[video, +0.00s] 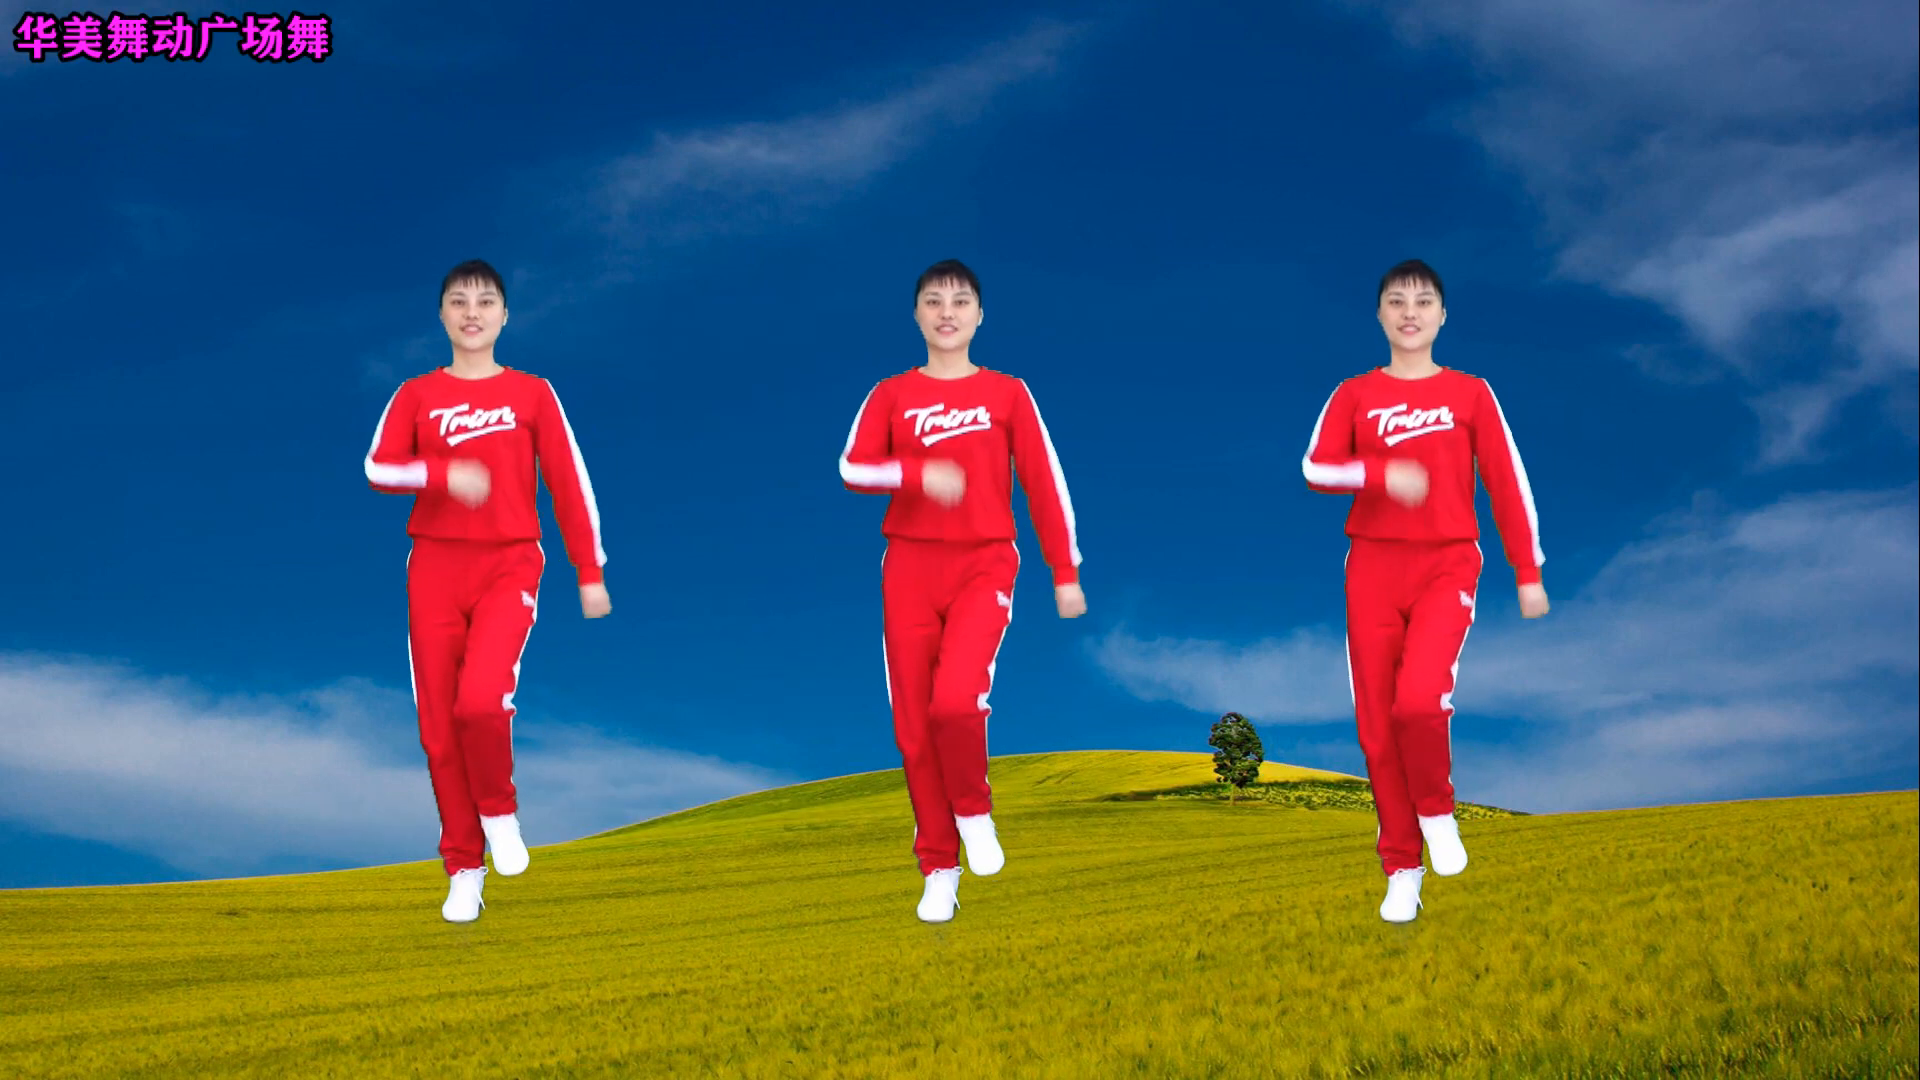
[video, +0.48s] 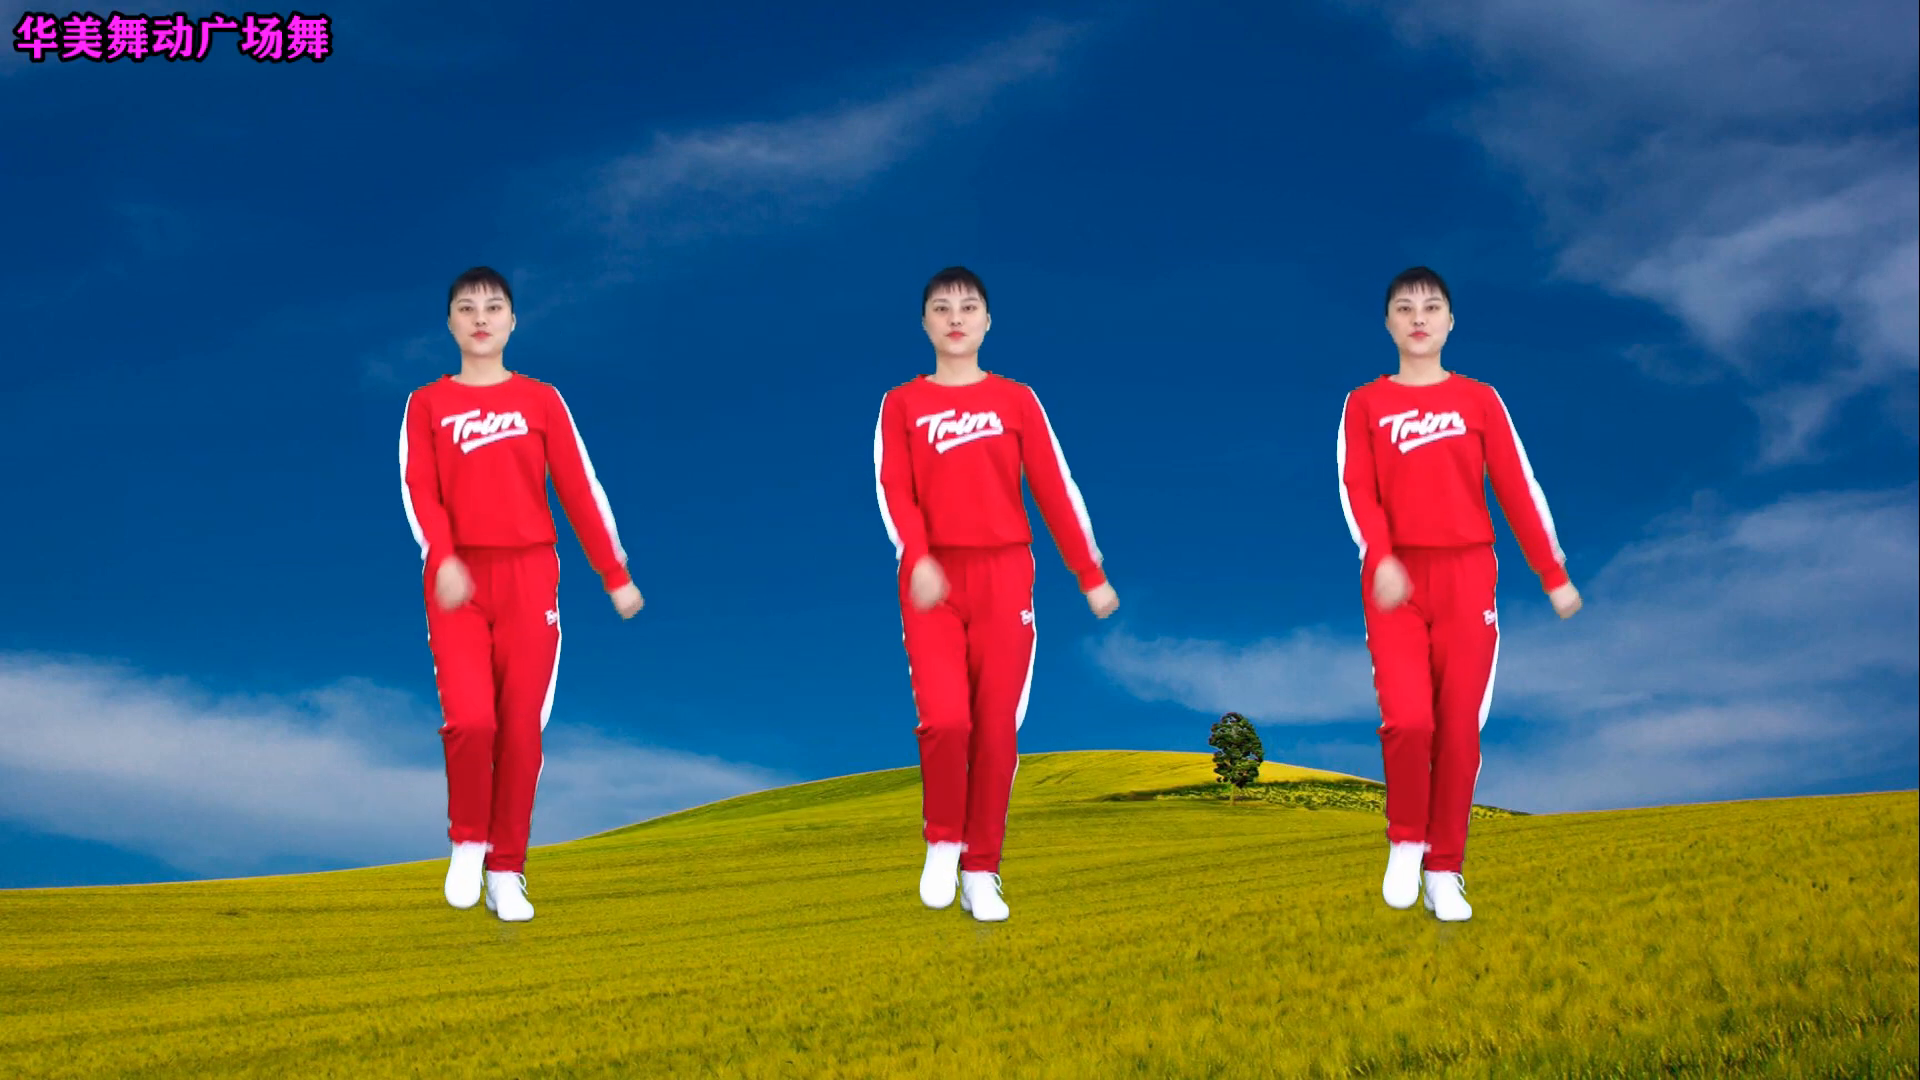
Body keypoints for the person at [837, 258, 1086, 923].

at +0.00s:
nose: (947, 312)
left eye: (959, 302)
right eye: (935, 302)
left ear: (978, 314)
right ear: (918, 315)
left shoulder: (1009, 392)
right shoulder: (890, 394)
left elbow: (1045, 482)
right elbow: (853, 469)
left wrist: (1065, 572)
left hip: (985, 567)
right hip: (909, 567)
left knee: (954, 705)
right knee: (912, 724)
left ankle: (972, 809)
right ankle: (938, 863)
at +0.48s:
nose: (956, 317)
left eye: (968, 307)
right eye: (943, 308)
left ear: (986, 320)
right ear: (926, 322)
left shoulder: (1016, 399)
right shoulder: (902, 403)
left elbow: (1056, 488)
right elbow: (893, 488)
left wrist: (1091, 573)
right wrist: (917, 557)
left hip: (1006, 573)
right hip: (931, 574)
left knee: (998, 724)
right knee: (945, 720)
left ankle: (983, 867)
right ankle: (943, 842)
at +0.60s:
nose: (957, 325)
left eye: (969, 315)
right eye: (944, 317)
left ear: (988, 328)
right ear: (928, 332)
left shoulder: (1018, 409)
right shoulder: (903, 411)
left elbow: (1034, 499)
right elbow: (885, 508)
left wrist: (1020, 575)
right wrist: (874, 596)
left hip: (1007, 582)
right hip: (931, 582)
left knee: (1008, 725)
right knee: (962, 702)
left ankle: (982, 867)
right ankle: (950, 806)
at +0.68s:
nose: (957, 314)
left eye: (968, 304)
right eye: (944, 306)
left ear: (987, 316)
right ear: (927, 321)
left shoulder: (1018, 393)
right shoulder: (902, 401)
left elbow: (1041, 471)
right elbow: (866, 487)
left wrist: (990, 496)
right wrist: (840, 572)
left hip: (1007, 572)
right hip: (932, 571)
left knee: (1003, 719)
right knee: (962, 696)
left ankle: (984, 867)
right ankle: (952, 806)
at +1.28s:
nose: (941, 327)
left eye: (953, 318)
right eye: (928, 318)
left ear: (969, 330)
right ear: (911, 330)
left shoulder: (998, 407)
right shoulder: (882, 411)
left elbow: (1005, 501)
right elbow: (866, 498)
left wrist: (1002, 585)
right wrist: (885, 570)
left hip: (972, 583)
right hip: (901, 584)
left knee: (946, 715)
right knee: (900, 733)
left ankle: (967, 809)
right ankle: (927, 866)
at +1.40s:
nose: (939, 310)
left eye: (952, 300)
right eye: (927, 300)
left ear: (969, 312)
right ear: (909, 312)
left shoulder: (996, 389)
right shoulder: (879, 392)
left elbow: (1036, 477)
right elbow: (841, 471)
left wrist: (1055, 565)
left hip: (974, 565)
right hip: (899, 566)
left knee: (948, 709)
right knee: (906, 721)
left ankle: (963, 818)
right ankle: (929, 862)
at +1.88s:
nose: (946, 322)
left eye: (959, 311)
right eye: (933, 312)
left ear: (976, 321)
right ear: (917, 323)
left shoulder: (1007, 399)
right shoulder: (890, 403)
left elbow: (1051, 485)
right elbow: (884, 487)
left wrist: (1092, 567)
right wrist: (908, 555)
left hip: (998, 574)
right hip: (922, 575)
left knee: (988, 727)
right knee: (935, 721)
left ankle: (970, 868)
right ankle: (933, 837)